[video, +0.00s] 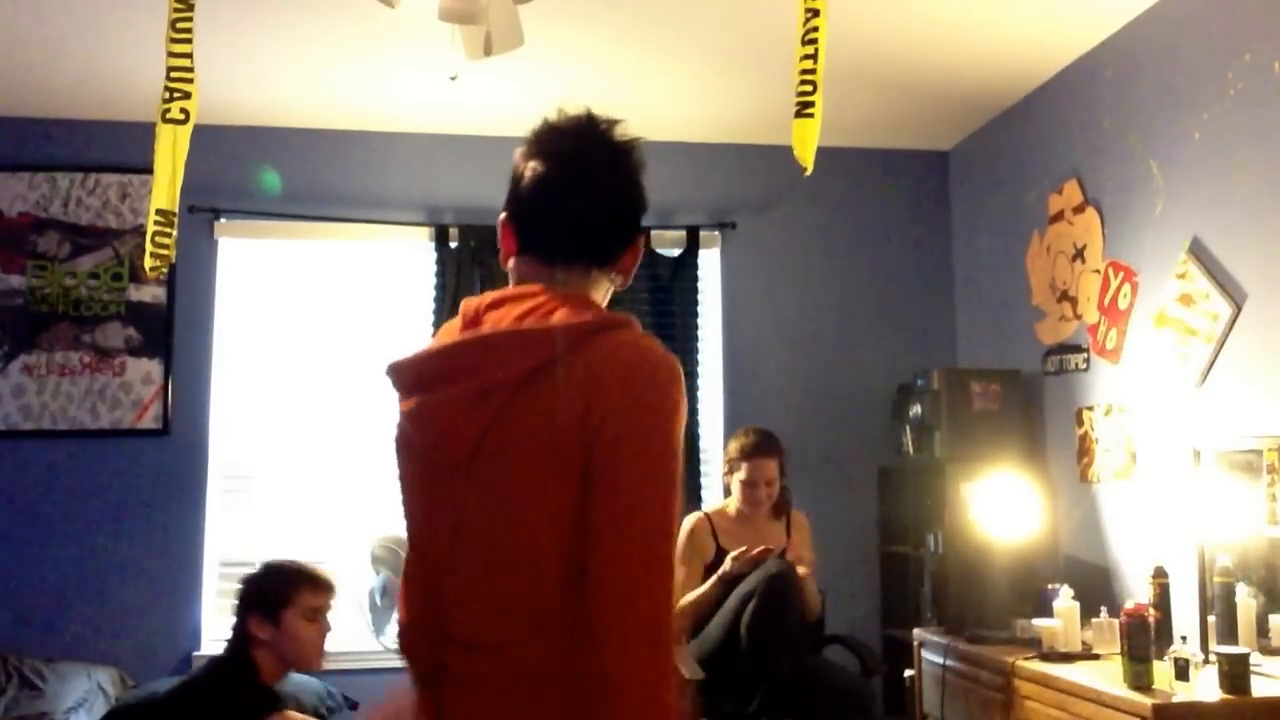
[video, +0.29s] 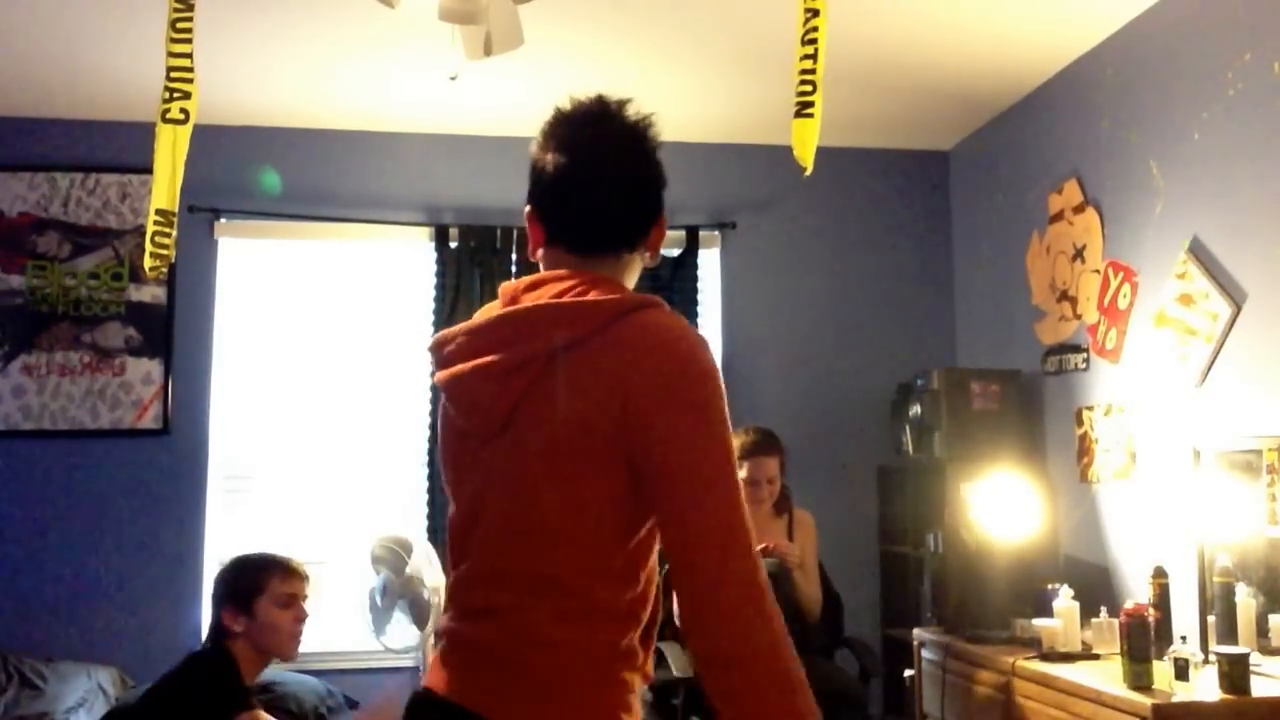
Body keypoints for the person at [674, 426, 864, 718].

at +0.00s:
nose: (760, 494)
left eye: (769, 484)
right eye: (750, 484)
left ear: (780, 481)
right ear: (728, 478)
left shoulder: (794, 524)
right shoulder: (700, 527)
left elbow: (812, 615)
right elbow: (679, 621)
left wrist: (804, 580)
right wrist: (726, 575)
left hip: (779, 650)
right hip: (713, 660)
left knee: (851, 690)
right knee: (776, 576)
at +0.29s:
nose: (763, 492)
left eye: (771, 481)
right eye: (752, 482)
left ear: (781, 478)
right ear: (733, 479)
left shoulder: (800, 522)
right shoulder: (723, 523)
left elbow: (813, 610)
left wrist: (794, 568)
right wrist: (747, 561)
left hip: (791, 647)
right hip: (738, 647)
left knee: (847, 692)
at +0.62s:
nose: (758, 489)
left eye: (769, 479)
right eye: (749, 479)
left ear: (781, 478)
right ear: (729, 476)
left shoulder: (804, 523)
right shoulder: (713, 523)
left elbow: (819, 611)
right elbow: (702, 602)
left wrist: (796, 568)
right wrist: (731, 572)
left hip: (792, 634)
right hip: (725, 639)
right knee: (765, 576)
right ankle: (757, 704)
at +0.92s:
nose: (755, 488)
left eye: (765, 478)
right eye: (745, 477)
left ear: (781, 478)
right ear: (730, 476)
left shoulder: (806, 522)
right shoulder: (722, 526)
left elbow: (822, 611)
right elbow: (710, 591)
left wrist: (801, 568)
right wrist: (747, 566)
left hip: (794, 653)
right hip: (737, 652)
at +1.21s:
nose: (745, 486)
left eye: (755, 475)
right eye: (739, 476)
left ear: (780, 474)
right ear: (728, 478)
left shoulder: (805, 523)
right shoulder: (723, 529)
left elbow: (822, 611)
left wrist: (801, 571)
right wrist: (745, 570)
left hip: (794, 657)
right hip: (737, 659)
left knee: (836, 697)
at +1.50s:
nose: (738, 483)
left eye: (749, 473)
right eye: (731, 473)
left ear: (776, 472)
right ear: (723, 475)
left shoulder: (806, 523)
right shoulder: (707, 528)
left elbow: (822, 611)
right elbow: (689, 617)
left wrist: (801, 571)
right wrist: (733, 574)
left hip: (789, 652)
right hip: (719, 656)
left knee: (836, 697)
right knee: (758, 577)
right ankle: (750, 705)